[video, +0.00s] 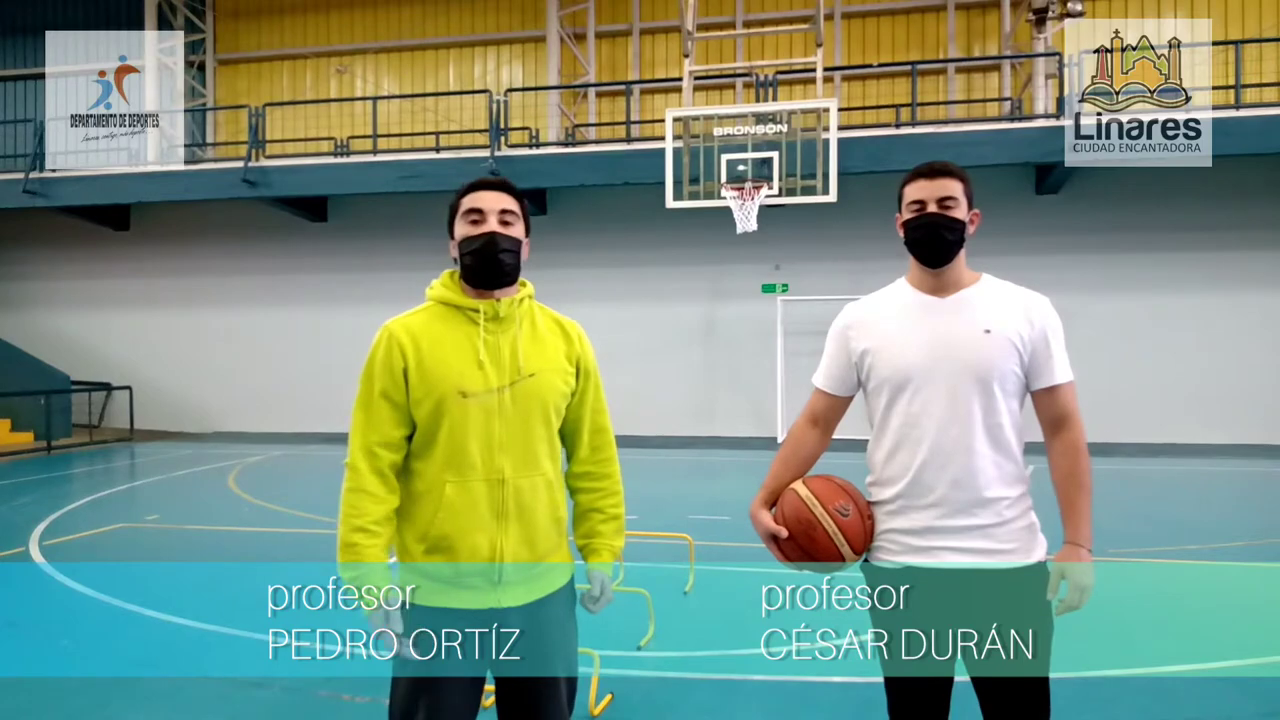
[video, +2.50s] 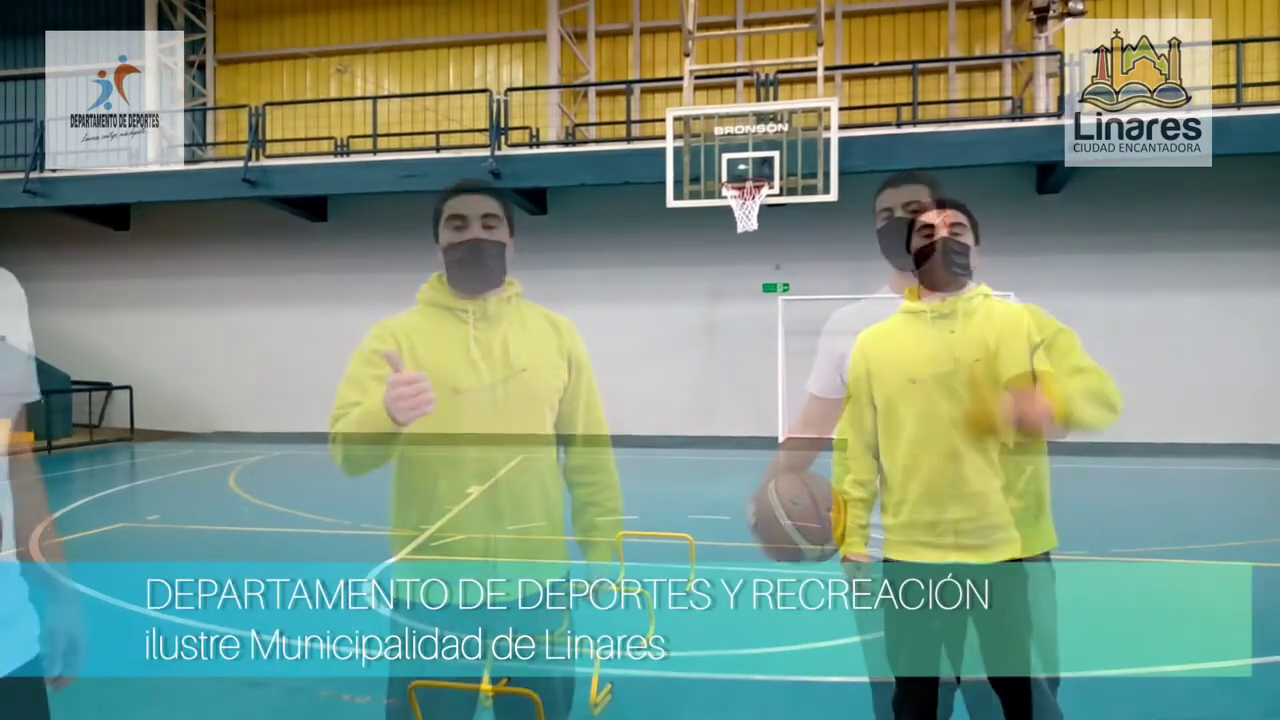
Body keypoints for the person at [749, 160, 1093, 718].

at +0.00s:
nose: (931, 216)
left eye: (946, 205)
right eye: (916, 208)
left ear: (972, 220)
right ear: (899, 226)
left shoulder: (1026, 313)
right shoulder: (860, 322)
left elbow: (1063, 430)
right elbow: (815, 423)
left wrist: (1077, 543)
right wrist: (761, 502)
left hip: (1006, 561)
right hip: (903, 562)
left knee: (1019, 711)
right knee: (914, 713)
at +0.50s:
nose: (931, 215)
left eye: (946, 204)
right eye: (916, 207)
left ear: (972, 220)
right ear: (899, 226)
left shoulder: (1026, 314)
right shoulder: (862, 323)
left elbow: (1063, 430)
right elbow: (818, 425)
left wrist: (1076, 543)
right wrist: (764, 503)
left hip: (1007, 559)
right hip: (904, 560)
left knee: (1020, 711)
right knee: (915, 712)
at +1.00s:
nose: (931, 215)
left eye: (945, 204)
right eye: (916, 208)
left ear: (972, 220)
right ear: (898, 229)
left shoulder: (1026, 315)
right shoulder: (863, 324)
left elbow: (1062, 430)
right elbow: (818, 426)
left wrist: (1078, 542)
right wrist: (765, 505)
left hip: (1008, 559)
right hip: (906, 561)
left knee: (1022, 711)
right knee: (916, 712)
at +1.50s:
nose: (929, 215)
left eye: (944, 204)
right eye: (914, 208)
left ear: (971, 220)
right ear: (898, 229)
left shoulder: (1027, 314)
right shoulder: (863, 324)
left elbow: (1064, 429)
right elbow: (818, 425)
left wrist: (1078, 542)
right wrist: (764, 502)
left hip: (1008, 563)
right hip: (904, 564)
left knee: (1021, 711)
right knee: (914, 712)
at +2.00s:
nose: (911, 218)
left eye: (925, 206)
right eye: (897, 214)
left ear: (958, 219)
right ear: (889, 237)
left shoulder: (1018, 313)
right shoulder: (859, 324)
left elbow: (1061, 437)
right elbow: (814, 424)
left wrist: (1029, 376)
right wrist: (760, 491)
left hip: (994, 555)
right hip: (893, 555)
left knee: (1014, 709)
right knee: (907, 713)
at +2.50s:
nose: (946, 239)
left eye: (958, 230)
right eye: (929, 232)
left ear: (976, 250)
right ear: (910, 253)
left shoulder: (1020, 323)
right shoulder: (875, 344)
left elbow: (1102, 397)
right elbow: (855, 455)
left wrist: (1042, 406)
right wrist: (853, 544)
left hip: (1010, 547)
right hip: (915, 550)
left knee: (1022, 691)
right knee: (915, 696)